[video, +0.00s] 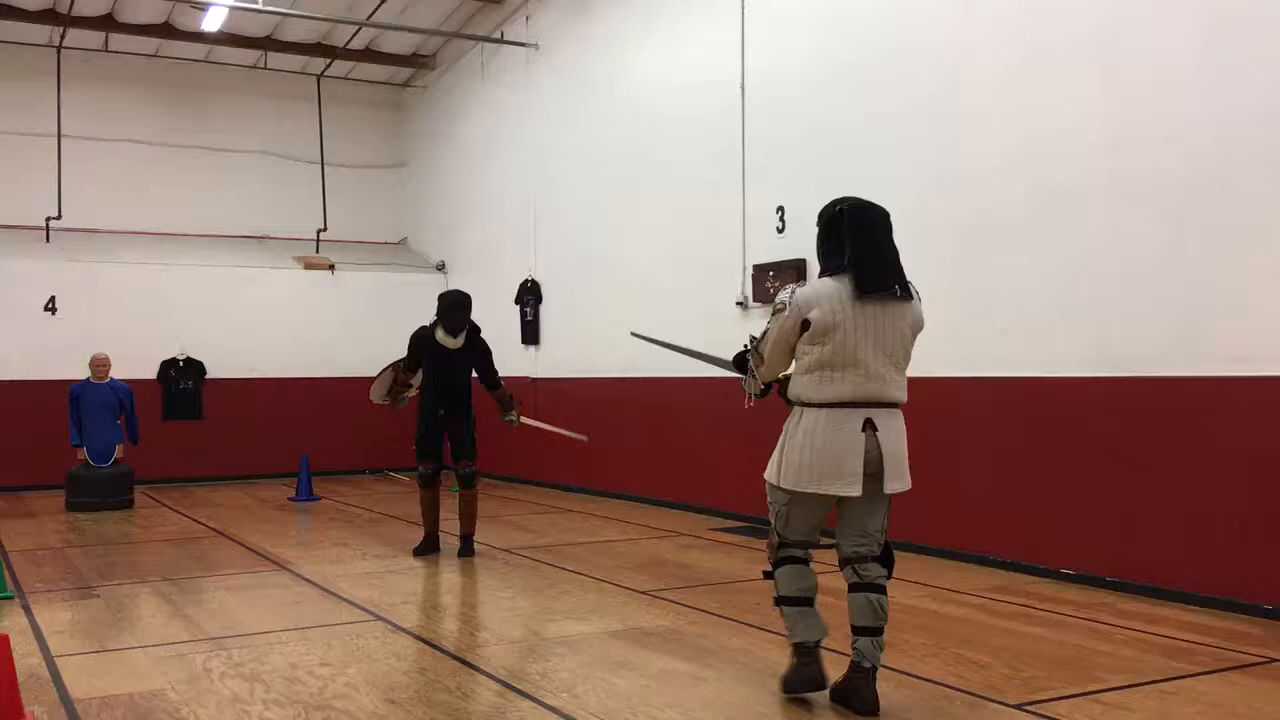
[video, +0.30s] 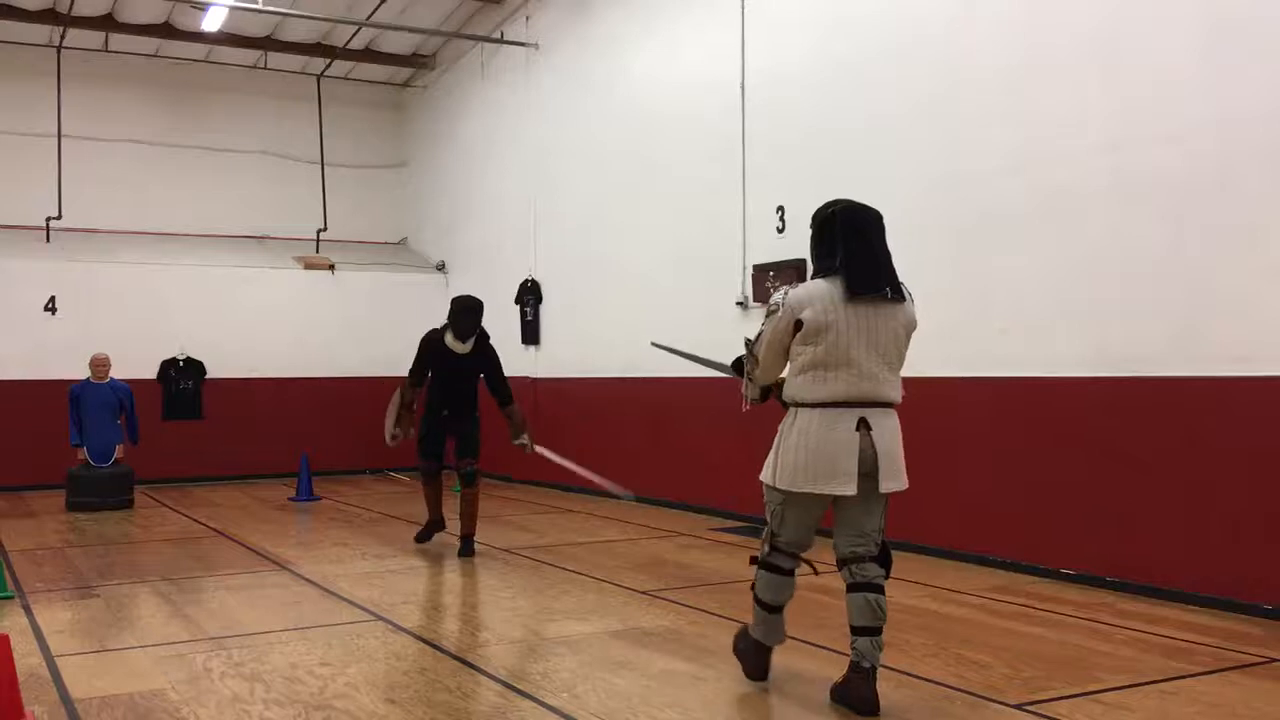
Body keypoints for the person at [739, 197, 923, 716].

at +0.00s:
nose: (817, 247)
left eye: (820, 238)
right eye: (821, 238)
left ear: (830, 243)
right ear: (882, 241)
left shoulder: (809, 299)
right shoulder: (907, 304)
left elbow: (770, 365)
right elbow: (885, 363)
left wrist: (754, 368)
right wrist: (799, 369)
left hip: (814, 442)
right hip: (883, 445)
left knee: (791, 545)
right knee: (866, 554)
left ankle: (805, 661)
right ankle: (863, 676)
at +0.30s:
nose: (811, 251)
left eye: (814, 243)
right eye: (815, 243)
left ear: (822, 245)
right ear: (876, 243)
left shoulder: (801, 300)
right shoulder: (901, 304)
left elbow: (765, 370)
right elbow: (883, 366)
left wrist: (753, 373)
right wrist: (796, 369)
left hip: (810, 440)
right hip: (878, 443)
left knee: (783, 548)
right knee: (863, 555)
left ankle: (759, 647)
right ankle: (863, 676)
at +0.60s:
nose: (790, 255)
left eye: (793, 247)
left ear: (799, 251)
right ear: (853, 249)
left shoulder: (780, 304)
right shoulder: (876, 306)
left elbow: (746, 376)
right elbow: (868, 367)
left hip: (791, 441)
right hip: (859, 441)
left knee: (769, 550)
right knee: (853, 555)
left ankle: (745, 644)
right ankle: (861, 674)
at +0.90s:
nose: (755, 256)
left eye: (758, 247)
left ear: (763, 250)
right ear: (815, 251)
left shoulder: (742, 304)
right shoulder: (839, 306)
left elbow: (713, 374)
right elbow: (833, 366)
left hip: (757, 438)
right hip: (825, 437)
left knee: (751, 546)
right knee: (826, 542)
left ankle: (741, 649)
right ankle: (851, 648)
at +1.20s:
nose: (740, 256)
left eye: (743, 248)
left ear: (748, 250)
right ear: (799, 250)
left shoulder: (726, 301)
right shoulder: (823, 303)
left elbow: (698, 368)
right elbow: (820, 367)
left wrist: (703, 385)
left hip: (744, 436)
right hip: (809, 436)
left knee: (743, 544)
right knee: (796, 539)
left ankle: (740, 646)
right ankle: (802, 646)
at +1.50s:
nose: (749, 256)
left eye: (751, 247)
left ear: (756, 250)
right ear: (807, 249)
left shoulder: (735, 299)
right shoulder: (829, 304)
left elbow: (702, 365)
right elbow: (825, 369)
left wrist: (707, 387)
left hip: (748, 436)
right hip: (811, 436)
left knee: (743, 544)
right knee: (796, 547)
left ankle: (740, 649)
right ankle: (786, 658)